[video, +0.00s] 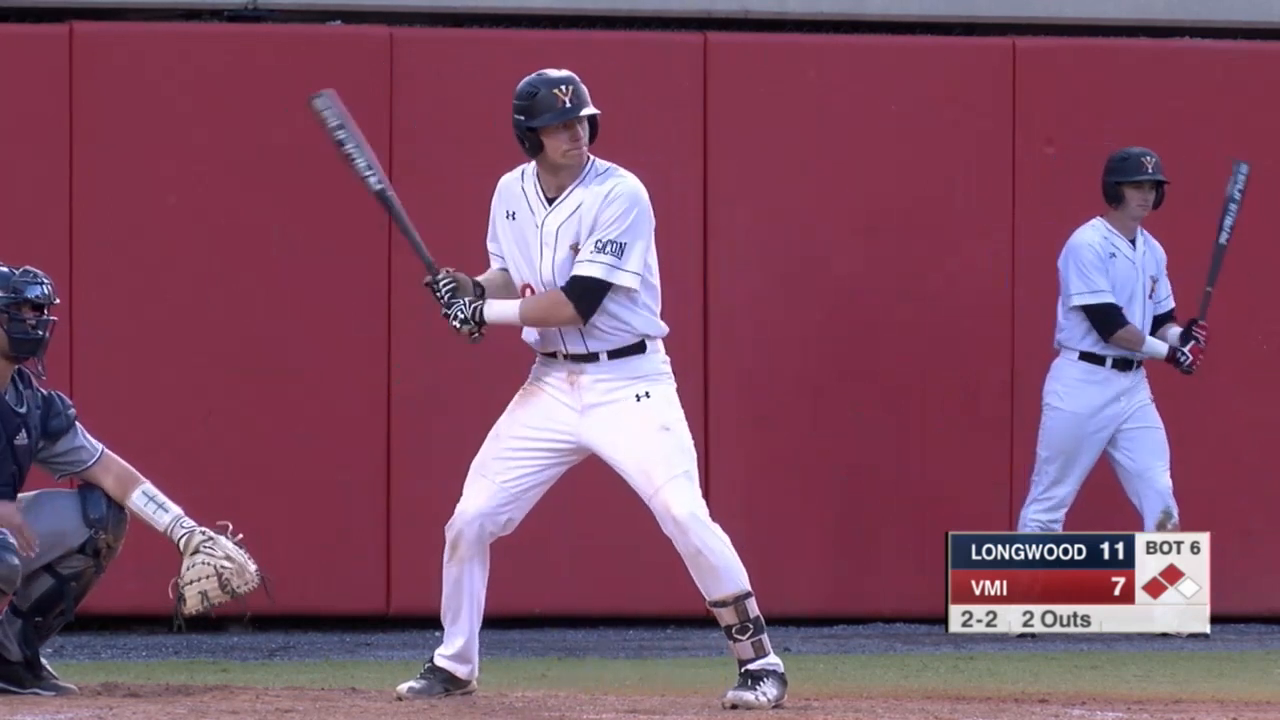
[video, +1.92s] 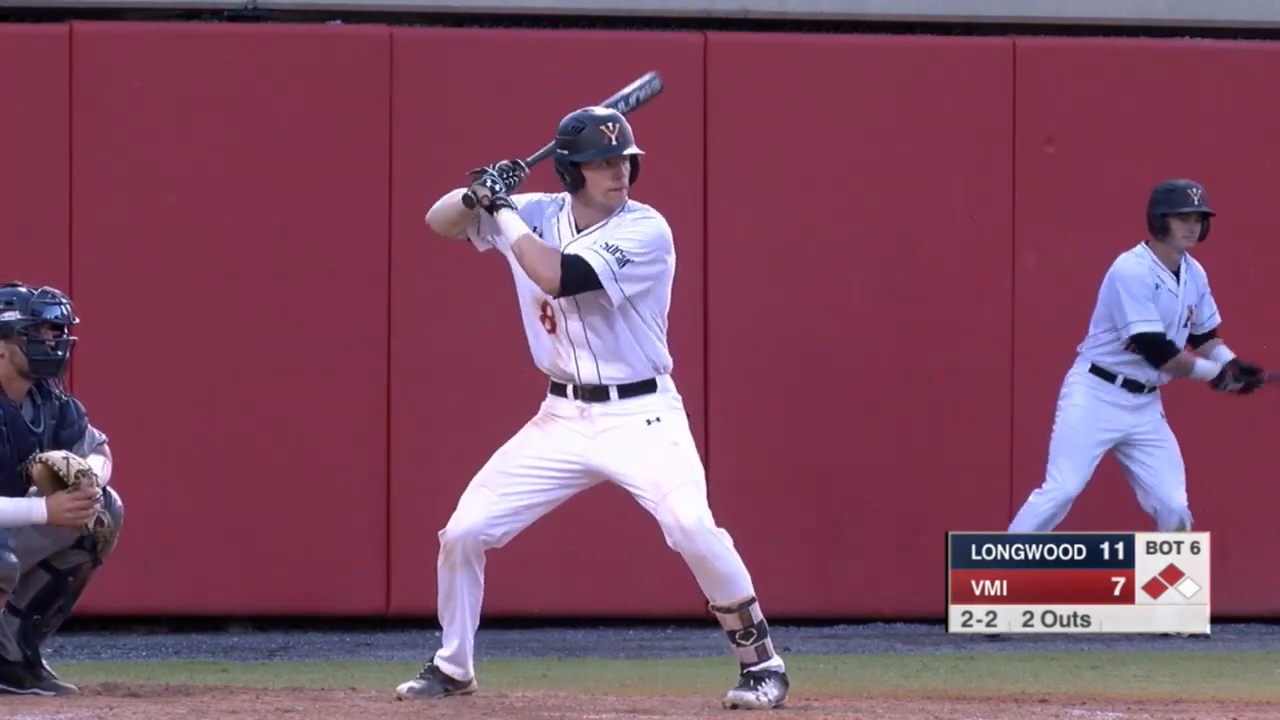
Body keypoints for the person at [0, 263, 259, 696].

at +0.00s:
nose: (31, 322)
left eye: (36, 312)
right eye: (18, 312)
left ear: (44, 318)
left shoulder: (34, 404)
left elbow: (110, 472)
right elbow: (8, 513)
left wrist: (186, 532)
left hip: (3, 526)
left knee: (98, 515)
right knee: (5, 559)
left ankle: (13, 652)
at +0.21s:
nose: (30, 319)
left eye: (34, 310)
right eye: (17, 309)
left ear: (39, 316)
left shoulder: (36, 402)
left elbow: (99, 463)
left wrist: (172, 512)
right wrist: (6, 474)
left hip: (4, 531)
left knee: (98, 515)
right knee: (5, 561)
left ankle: (12, 651)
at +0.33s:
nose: (28, 318)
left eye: (33, 308)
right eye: (17, 308)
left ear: (41, 314)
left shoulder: (39, 396)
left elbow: (93, 456)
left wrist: (156, 485)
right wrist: (31, 473)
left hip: (10, 525)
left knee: (98, 510)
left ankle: (16, 649)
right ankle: (11, 650)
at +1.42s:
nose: (41, 338)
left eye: (45, 328)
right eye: (28, 329)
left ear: (53, 331)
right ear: (2, 337)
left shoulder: (41, 400)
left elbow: (77, 450)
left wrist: (101, 474)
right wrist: (39, 511)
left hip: (7, 534)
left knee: (87, 507)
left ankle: (14, 650)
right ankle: (11, 650)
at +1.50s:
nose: (41, 340)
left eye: (46, 329)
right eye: (27, 330)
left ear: (54, 333)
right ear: (1, 337)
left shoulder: (41, 398)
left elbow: (77, 444)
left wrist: (97, 466)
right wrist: (39, 508)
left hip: (9, 529)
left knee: (89, 514)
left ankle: (14, 650)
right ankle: (12, 650)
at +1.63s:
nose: (43, 340)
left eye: (47, 330)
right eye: (29, 331)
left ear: (56, 334)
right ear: (1, 339)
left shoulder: (51, 402)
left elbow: (92, 445)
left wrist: (89, 463)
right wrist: (46, 504)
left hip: (15, 525)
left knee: (101, 506)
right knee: (7, 565)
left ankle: (18, 650)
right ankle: (7, 654)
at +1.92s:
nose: (52, 342)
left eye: (55, 332)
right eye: (38, 333)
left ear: (62, 335)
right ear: (5, 343)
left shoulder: (55, 404)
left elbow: (98, 451)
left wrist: (87, 477)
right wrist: (44, 510)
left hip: (24, 530)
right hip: (4, 532)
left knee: (102, 508)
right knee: (8, 563)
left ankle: (20, 650)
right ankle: (6, 652)